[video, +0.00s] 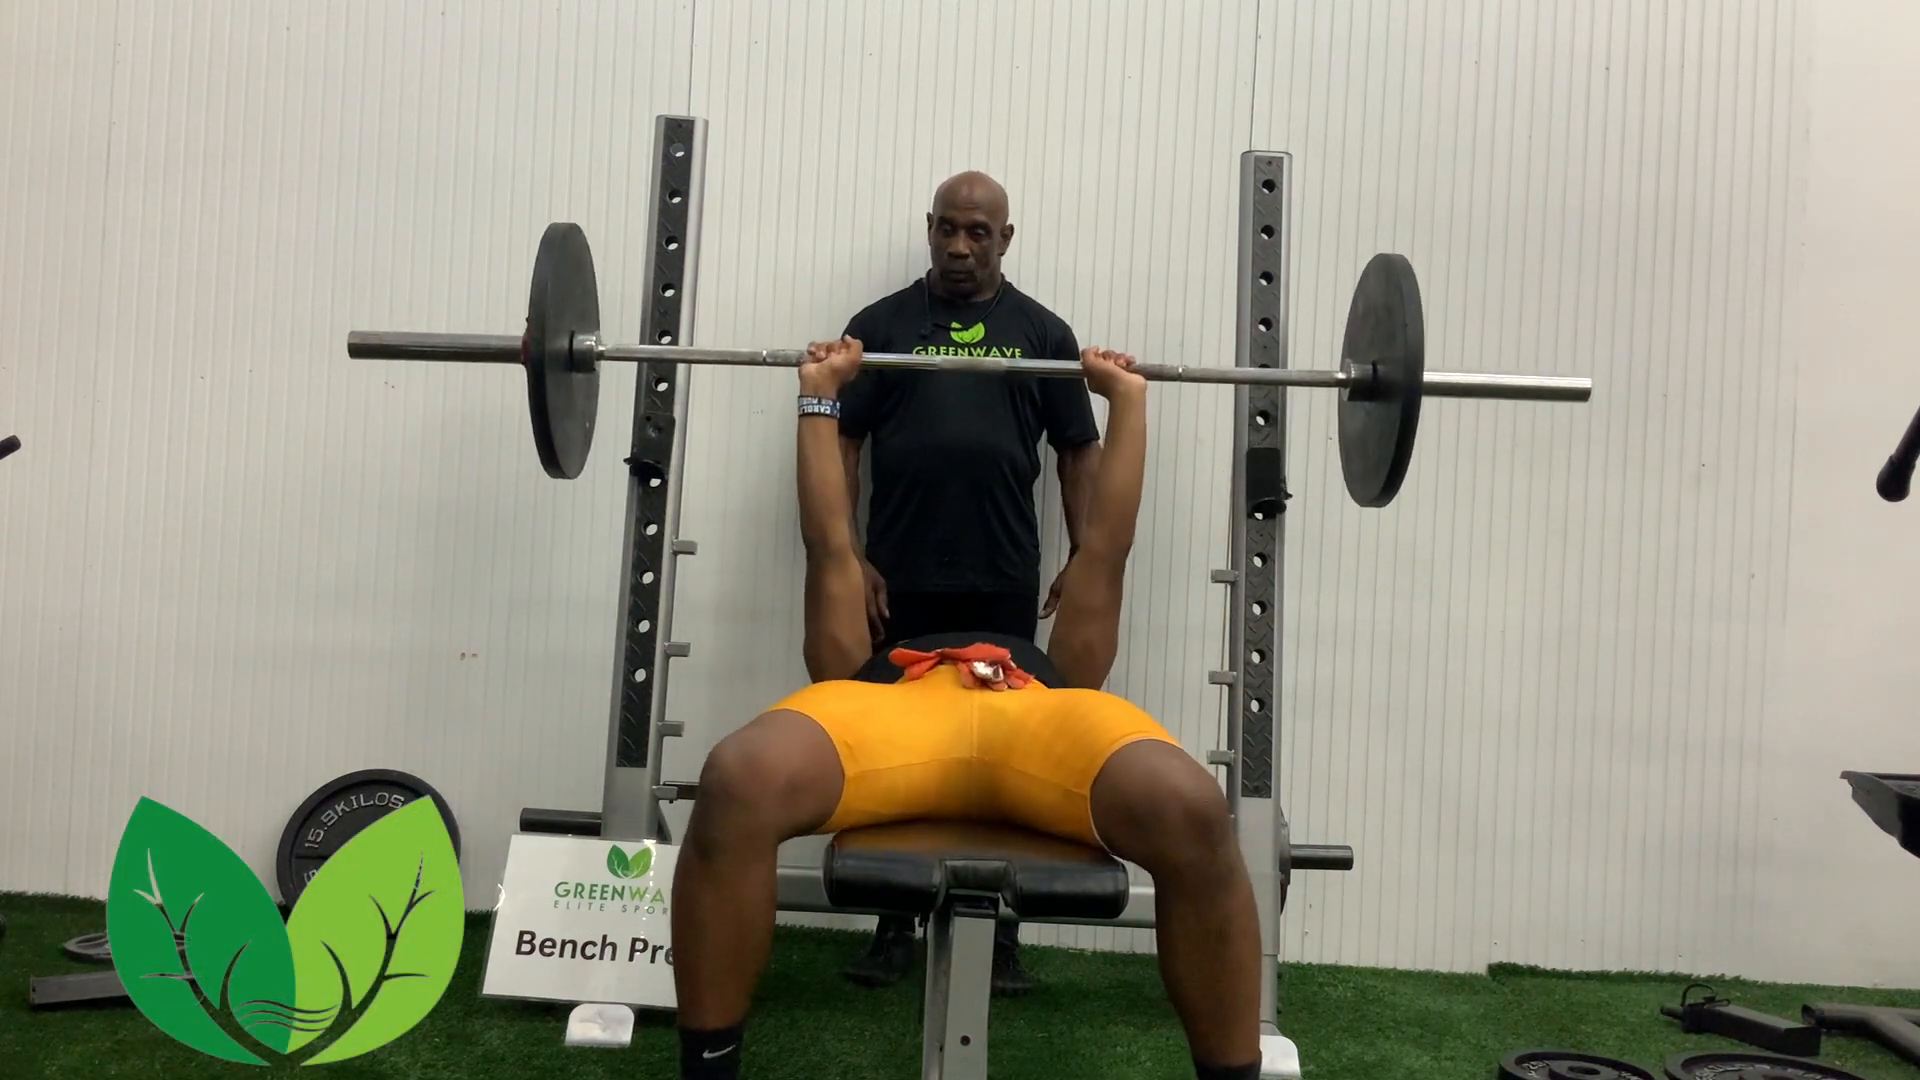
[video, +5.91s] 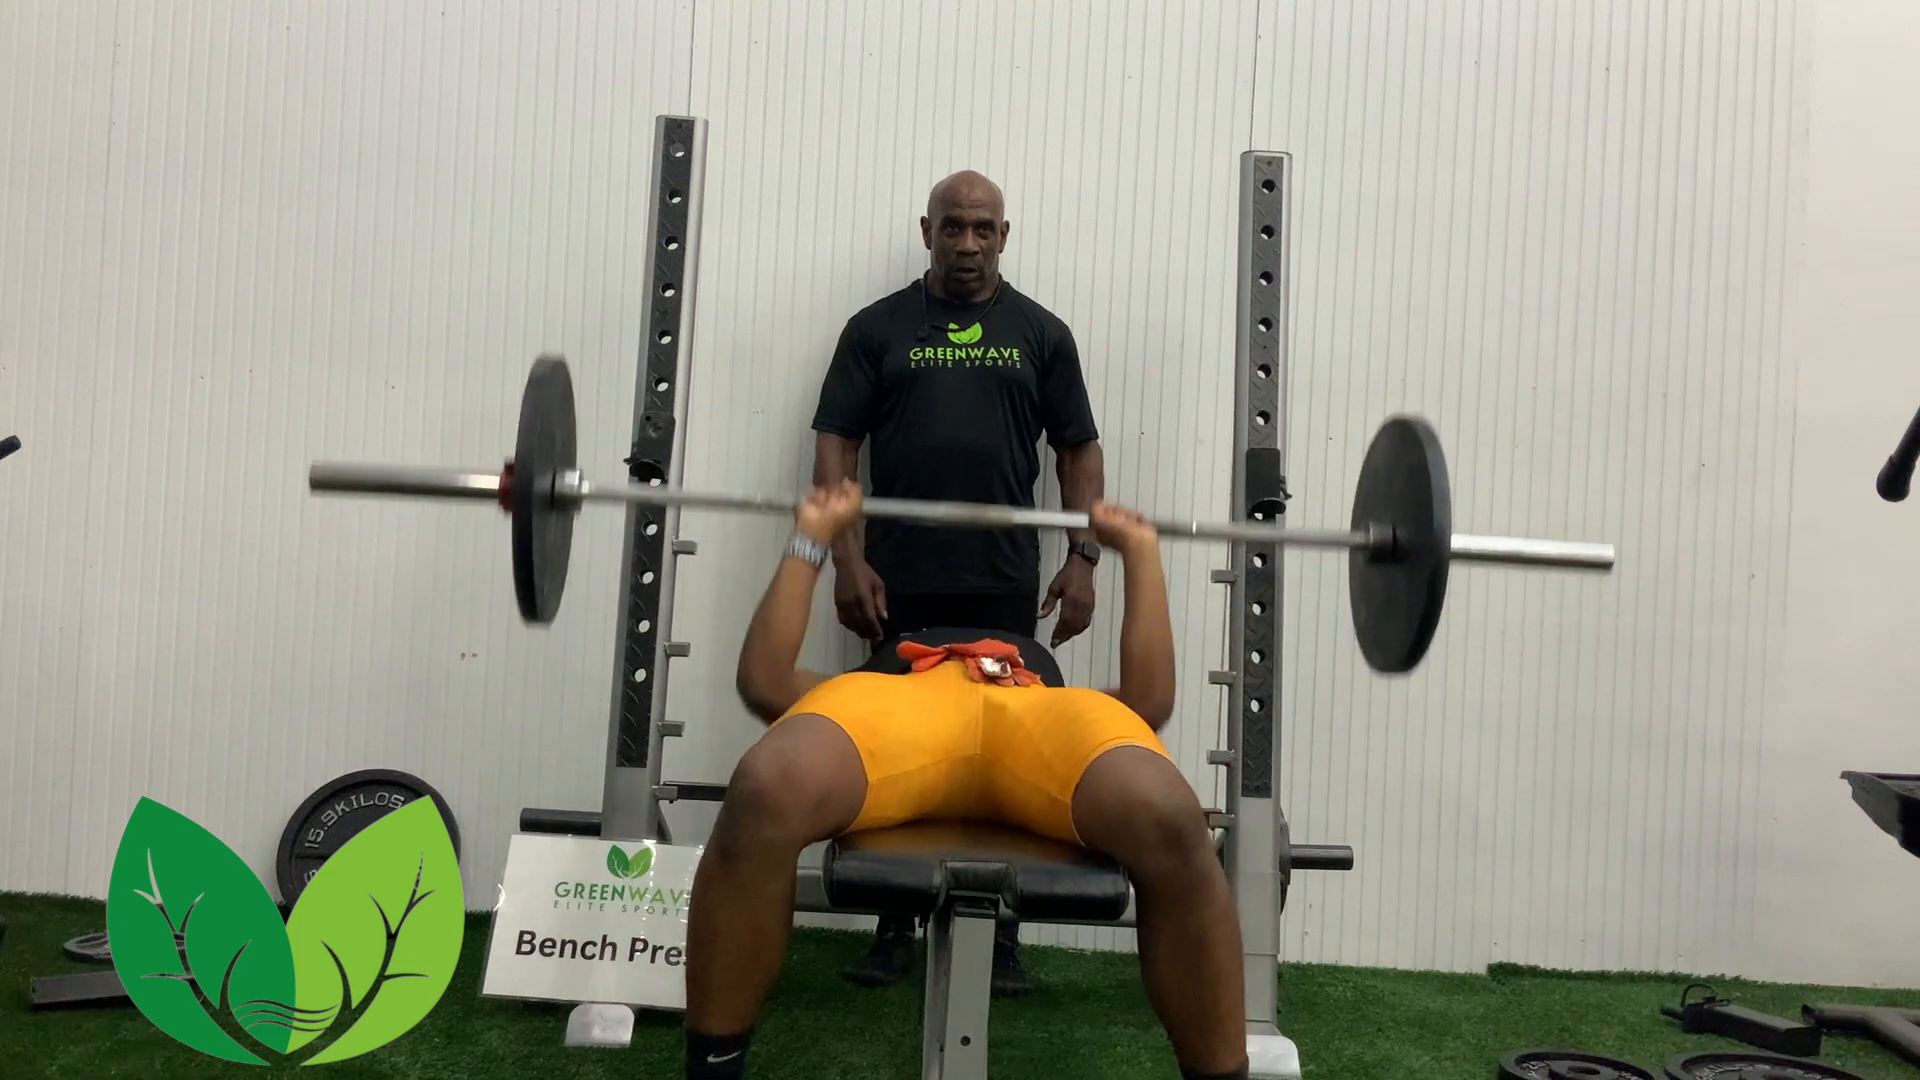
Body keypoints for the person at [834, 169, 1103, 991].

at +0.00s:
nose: (959, 246)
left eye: (977, 232)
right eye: (946, 229)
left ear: (1006, 241)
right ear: (928, 233)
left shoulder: (1045, 337)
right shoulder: (875, 330)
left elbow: (1078, 460)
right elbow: (845, 456)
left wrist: (1082, 560)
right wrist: (849, 558)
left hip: (1007, 579)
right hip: (899, 573)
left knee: (1011, 752)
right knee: (891, 744)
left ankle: (999, 927)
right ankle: (897, 917)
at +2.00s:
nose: (970, 248)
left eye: (986, 234)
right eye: (955, 233)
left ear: (1007, 240)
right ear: (929, 236)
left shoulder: (1044, 335)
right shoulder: (876, 332)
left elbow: (1077, 457)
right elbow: (835, 454)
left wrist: (1083, 556)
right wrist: (850, 558)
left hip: (1008, 585)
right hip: (903, 583)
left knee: (1012, 752)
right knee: (890, 748)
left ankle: (998, 929)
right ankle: (896, 918)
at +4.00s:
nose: (966, 244)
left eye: (983, 230)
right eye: (951, 228)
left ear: (1004, 238)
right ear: (927, 233)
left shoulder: (1041, 334)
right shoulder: (877, 330)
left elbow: (1077, 457)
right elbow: (842, 453)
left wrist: (1084, 556)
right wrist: (848, 556)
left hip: (1008, 584)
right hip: (899, 578)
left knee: (1013, 753)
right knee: (889, 747)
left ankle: (1000, 929)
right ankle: (896, 919)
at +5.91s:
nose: (968, 243)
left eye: (985, 230)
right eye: (953, 228)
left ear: (1005, 239)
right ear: (926, 233)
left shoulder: (1042, 336)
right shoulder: (875, 331)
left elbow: (1078, 453)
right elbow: (836, 455)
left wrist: (1083, 557)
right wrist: (849, 560)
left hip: (1005, 588)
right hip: (901, 586)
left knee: (1012, 756)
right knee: (892, 754)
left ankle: (1000, 930)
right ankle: (895, 923)